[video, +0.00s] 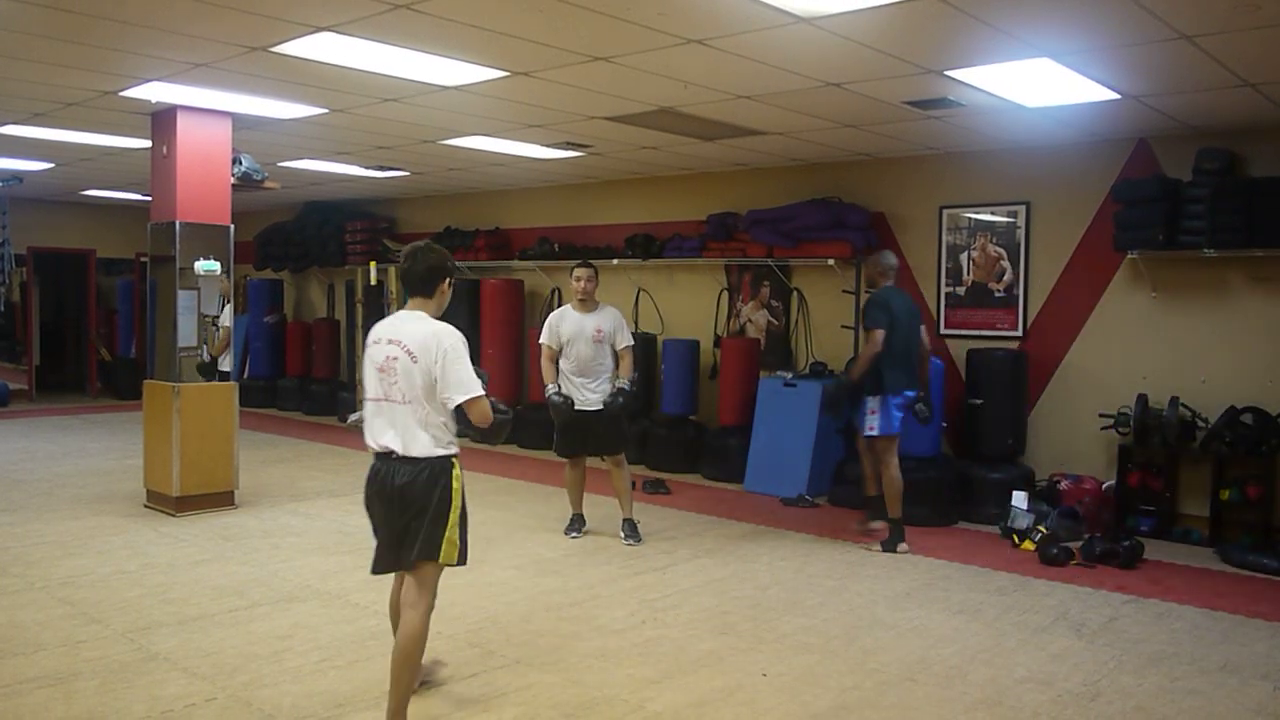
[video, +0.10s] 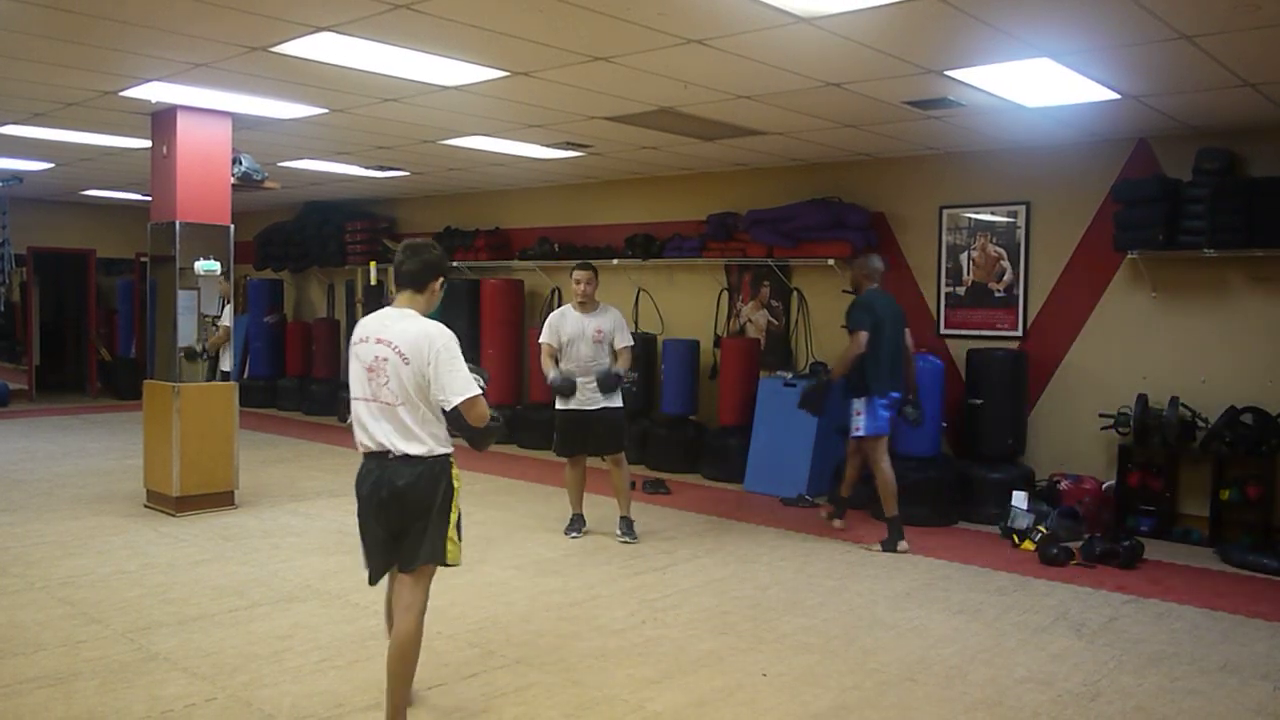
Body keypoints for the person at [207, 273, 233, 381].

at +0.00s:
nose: (220, 286)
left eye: (223, 282)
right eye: (221, 282)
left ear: (231, 284)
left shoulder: (229, 309)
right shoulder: (244, 307)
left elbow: (225, 338)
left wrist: (213, 352)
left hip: (227, 368)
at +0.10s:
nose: (220, 288)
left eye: (221, 283)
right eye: (219, 284)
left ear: (230, 284)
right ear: (228, 284)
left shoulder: (230, 308)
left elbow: (224, 335)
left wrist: (207, 347)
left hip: (228, 368)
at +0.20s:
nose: (219, 291)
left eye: (220, 286)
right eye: (218, 287)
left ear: (229, 286)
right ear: (228, 286)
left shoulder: (231, 308)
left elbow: (221, 332)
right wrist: (207, 323)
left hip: (229, 369)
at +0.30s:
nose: (220, 292)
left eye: (221, 287)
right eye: (219, 288)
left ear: (231, 287)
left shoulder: (232, 307)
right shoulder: (230, 306)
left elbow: (213, 328)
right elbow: (220, 326)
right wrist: (209, 309)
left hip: (230, 369)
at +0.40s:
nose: (219, 291)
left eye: (221, 286)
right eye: (218, 287)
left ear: (230, 286)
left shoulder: (232, 307)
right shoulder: (229, 306)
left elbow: (213, 325)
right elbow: (214, 325)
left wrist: (204, 305)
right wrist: (207, 307)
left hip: (230, 367)